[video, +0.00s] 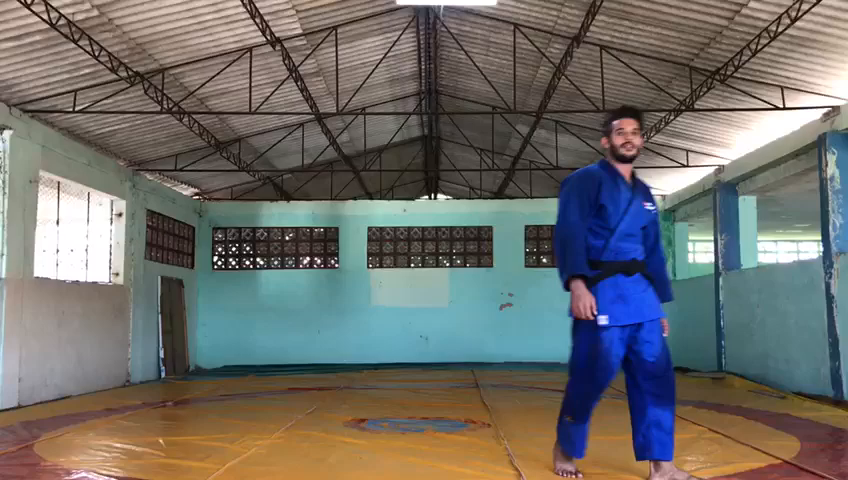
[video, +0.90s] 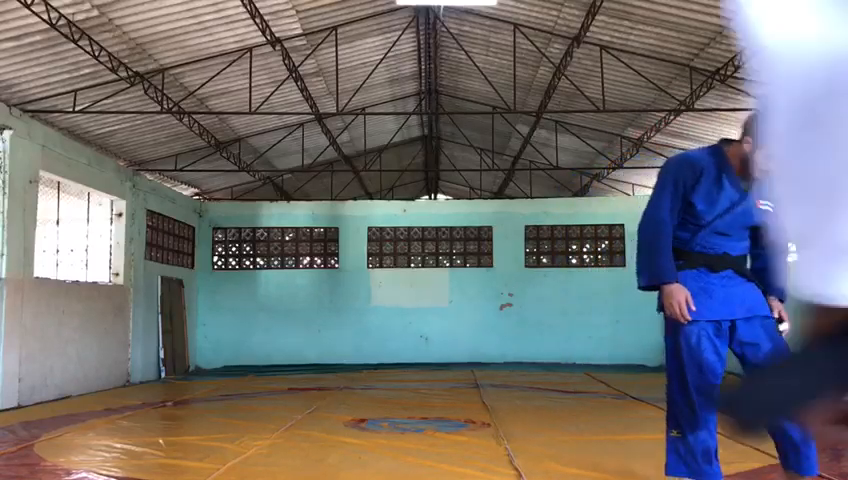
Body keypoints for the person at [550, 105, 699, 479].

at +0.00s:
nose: (629, 138)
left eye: (635, 133)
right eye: (621, 132)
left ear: (641, 141)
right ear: (606, 140)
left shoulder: (645, 194)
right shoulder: (584, 181)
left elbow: (653, 253)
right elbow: (568, 234)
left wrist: (657, 307)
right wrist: (577, 284)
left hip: (640, 285)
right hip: (600, 286)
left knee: (655, 372)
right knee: (593, 372)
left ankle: (660, 464)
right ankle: (565, 449)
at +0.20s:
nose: (656, 129)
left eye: (663, 123)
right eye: (648, 123)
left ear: (670, 131)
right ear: (634, 130)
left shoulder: (676, 184)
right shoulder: (609, 174)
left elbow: (691, 242)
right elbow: (593, 228)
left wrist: (705, 292)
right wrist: (605, 281)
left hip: (669, 279)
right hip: (628, 280)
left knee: (676, 369)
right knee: (642, 365)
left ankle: (663, 461)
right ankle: (615, 441)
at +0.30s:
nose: (668, 125)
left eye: (674, 118)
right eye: (659, 119)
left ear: (681, 126)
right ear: (644, 127)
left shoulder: (689, 180)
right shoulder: (621, 171)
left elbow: (709, 235)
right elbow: (604, 227)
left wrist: (728, 288)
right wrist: (615, 281)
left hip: (677, 276)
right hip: (638, 277)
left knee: (684, 366)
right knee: (659, 362)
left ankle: (669, 462)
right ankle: (660, 463)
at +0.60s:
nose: (708, 133)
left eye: (714, 125)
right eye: (700, 124)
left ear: (719, 125)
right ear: (678, 122)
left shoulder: (725, 174)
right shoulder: (650, 173)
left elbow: (746, 231)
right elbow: (634, 235)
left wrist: (756, 282)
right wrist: (644, 292)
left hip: (720, 280)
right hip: (677, 281)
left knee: (747, 366)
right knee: (697, 384)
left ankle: (714, 454)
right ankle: (702, 470)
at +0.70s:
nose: (730, 145)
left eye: (736, 137)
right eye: (723, 136)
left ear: (741, 132)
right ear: (699, 127)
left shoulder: (737, 176)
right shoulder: (658, 173)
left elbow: (752, 236)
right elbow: (642, 235)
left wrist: (761, 284)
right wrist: (654, 290)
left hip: (733, 281)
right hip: (683, 283)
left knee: (773, 362)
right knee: (696, 393)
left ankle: (734, 444)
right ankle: (698, 471)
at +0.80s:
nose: (752, 156)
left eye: (758, 149)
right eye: (747, 147)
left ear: (762, 140)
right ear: (723, 132)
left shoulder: (754, 178)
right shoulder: (672, 168)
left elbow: (761, 240)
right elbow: (649, 228)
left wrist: (768, 283)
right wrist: (661, 283)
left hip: (738, 277)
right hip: (687, 277)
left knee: (780, 367)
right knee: (696, 390)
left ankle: (785, 465)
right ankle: (698, 473)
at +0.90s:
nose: (768, 167)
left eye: (773, 160)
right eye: (766, 157)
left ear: (756, 147)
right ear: (747, 141)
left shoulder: (759, 179)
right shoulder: (686, 167)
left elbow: (765, 242)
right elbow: (655, 226)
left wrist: (773, 292)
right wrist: (667, 282)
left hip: (742, 285)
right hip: (692, 284)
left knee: (783, 380)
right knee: (696, 395)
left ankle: (804, 469)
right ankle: (699, 472)